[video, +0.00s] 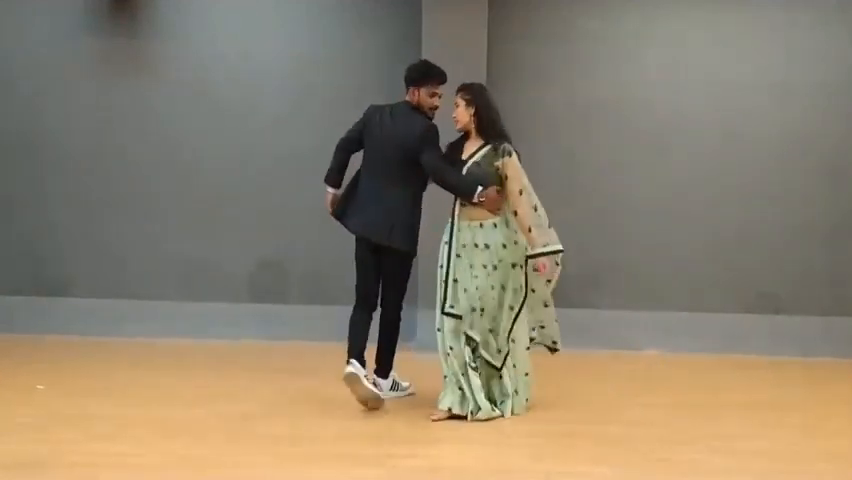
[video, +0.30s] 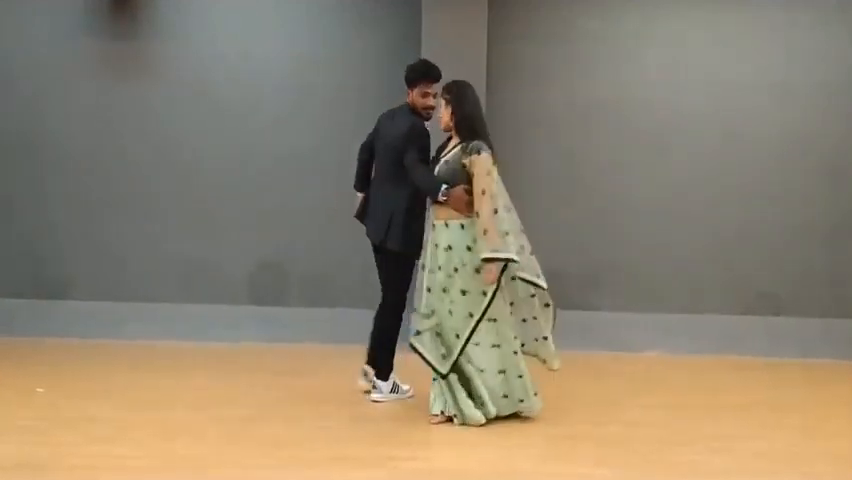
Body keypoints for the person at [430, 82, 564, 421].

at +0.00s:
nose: (455, 113)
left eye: (461, 106)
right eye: (455, 107)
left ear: (477, 109)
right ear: (464, 111)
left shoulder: (502, 153)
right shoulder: (455, 150)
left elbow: (521, 204)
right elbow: (438, 179)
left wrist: (539, 251)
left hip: (494, 242)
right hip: (459, 240)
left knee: (487, 316)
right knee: (455, 315)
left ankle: (492, 395)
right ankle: (455, 395)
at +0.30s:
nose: (439, 113)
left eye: (443, 106)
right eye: (440, 106)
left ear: (457, 109)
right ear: (457, 110)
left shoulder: (477, 152)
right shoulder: (447, 149)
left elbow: (487, 207)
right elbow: (436, 193)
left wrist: (493, 255)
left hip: (465, 249)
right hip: (442, 248)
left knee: (466, 323)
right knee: (442, 322)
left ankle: (480, 398)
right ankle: (448, 398)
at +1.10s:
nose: (408, 113)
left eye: (406, 106)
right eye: (405, 108)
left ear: (366, 113)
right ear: (399, 115)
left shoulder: (352, 157)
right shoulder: (404, 155)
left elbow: (334, 206)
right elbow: (430, 186)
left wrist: (318, 252)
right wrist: (460, 194)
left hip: (360, 240)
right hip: (392, 241)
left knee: (355, 327)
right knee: (392, 327)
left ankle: (353, 412)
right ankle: (395, 410)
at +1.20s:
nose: (396, 118)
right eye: (394, 112)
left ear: (359, 113)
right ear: (391, 116)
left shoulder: (343, 154)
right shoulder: (397, 157)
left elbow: (320, 204)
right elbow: (429, 189)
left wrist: (298, 250)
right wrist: (463, 195)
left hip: (352, 239)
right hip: (386, 240)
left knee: (344, 326)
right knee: (382, 329)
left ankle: (342, 414)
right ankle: (383, 413)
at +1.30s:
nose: (388, 120)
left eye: (381, 110)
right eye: (386, 113)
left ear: (352, 116)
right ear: (383, 118)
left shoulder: (337, 157)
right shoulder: (390, 158)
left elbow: (310, 205)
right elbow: (424, 193)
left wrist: (284, 248)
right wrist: (463, 199)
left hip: (345, 240)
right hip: (379, 240)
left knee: (340, 326)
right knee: (375, 329)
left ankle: (335, 416)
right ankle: (375, 415)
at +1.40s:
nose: (382, 124)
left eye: (380, 117)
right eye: (381, 118)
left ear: (349, 119)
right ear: (375, 122)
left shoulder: (331, 163)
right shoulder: (383, 163)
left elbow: (305, 212)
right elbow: (420, 200)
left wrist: (281, 251)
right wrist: (461, 203)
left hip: (339, 245)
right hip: (373, 245)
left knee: (336, 330)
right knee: (369, 332)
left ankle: (330, 415)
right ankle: (365, 417)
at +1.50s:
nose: (382, 126)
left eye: (381, 119)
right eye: (381, 120)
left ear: (347, 120)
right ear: (372, 123)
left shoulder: (329, 163)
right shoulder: (380, 163)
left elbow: (307, 213)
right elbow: (415, 201)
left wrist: (285, 252)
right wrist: (457, 203)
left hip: (336, 245)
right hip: (370, 245)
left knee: (333, 328)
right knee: (367, 331)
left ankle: (326, 413)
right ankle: (360, 415)